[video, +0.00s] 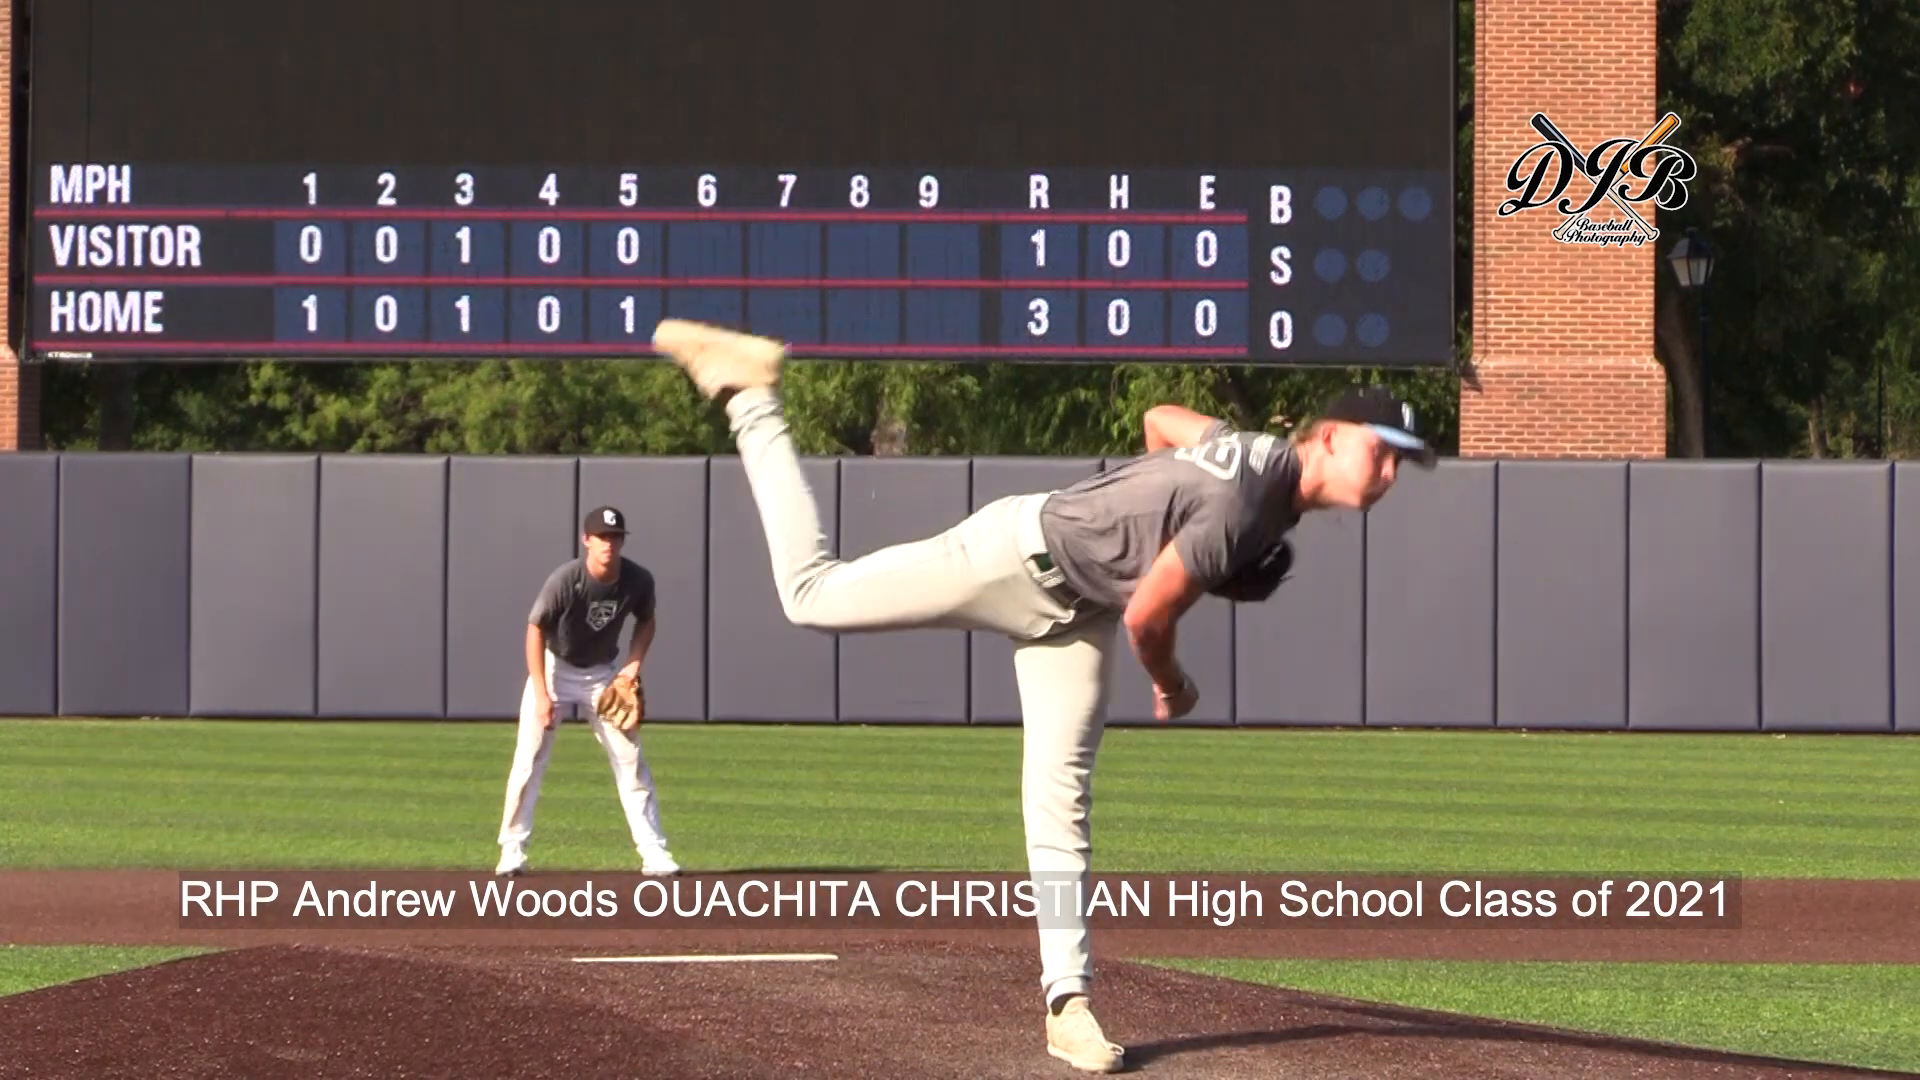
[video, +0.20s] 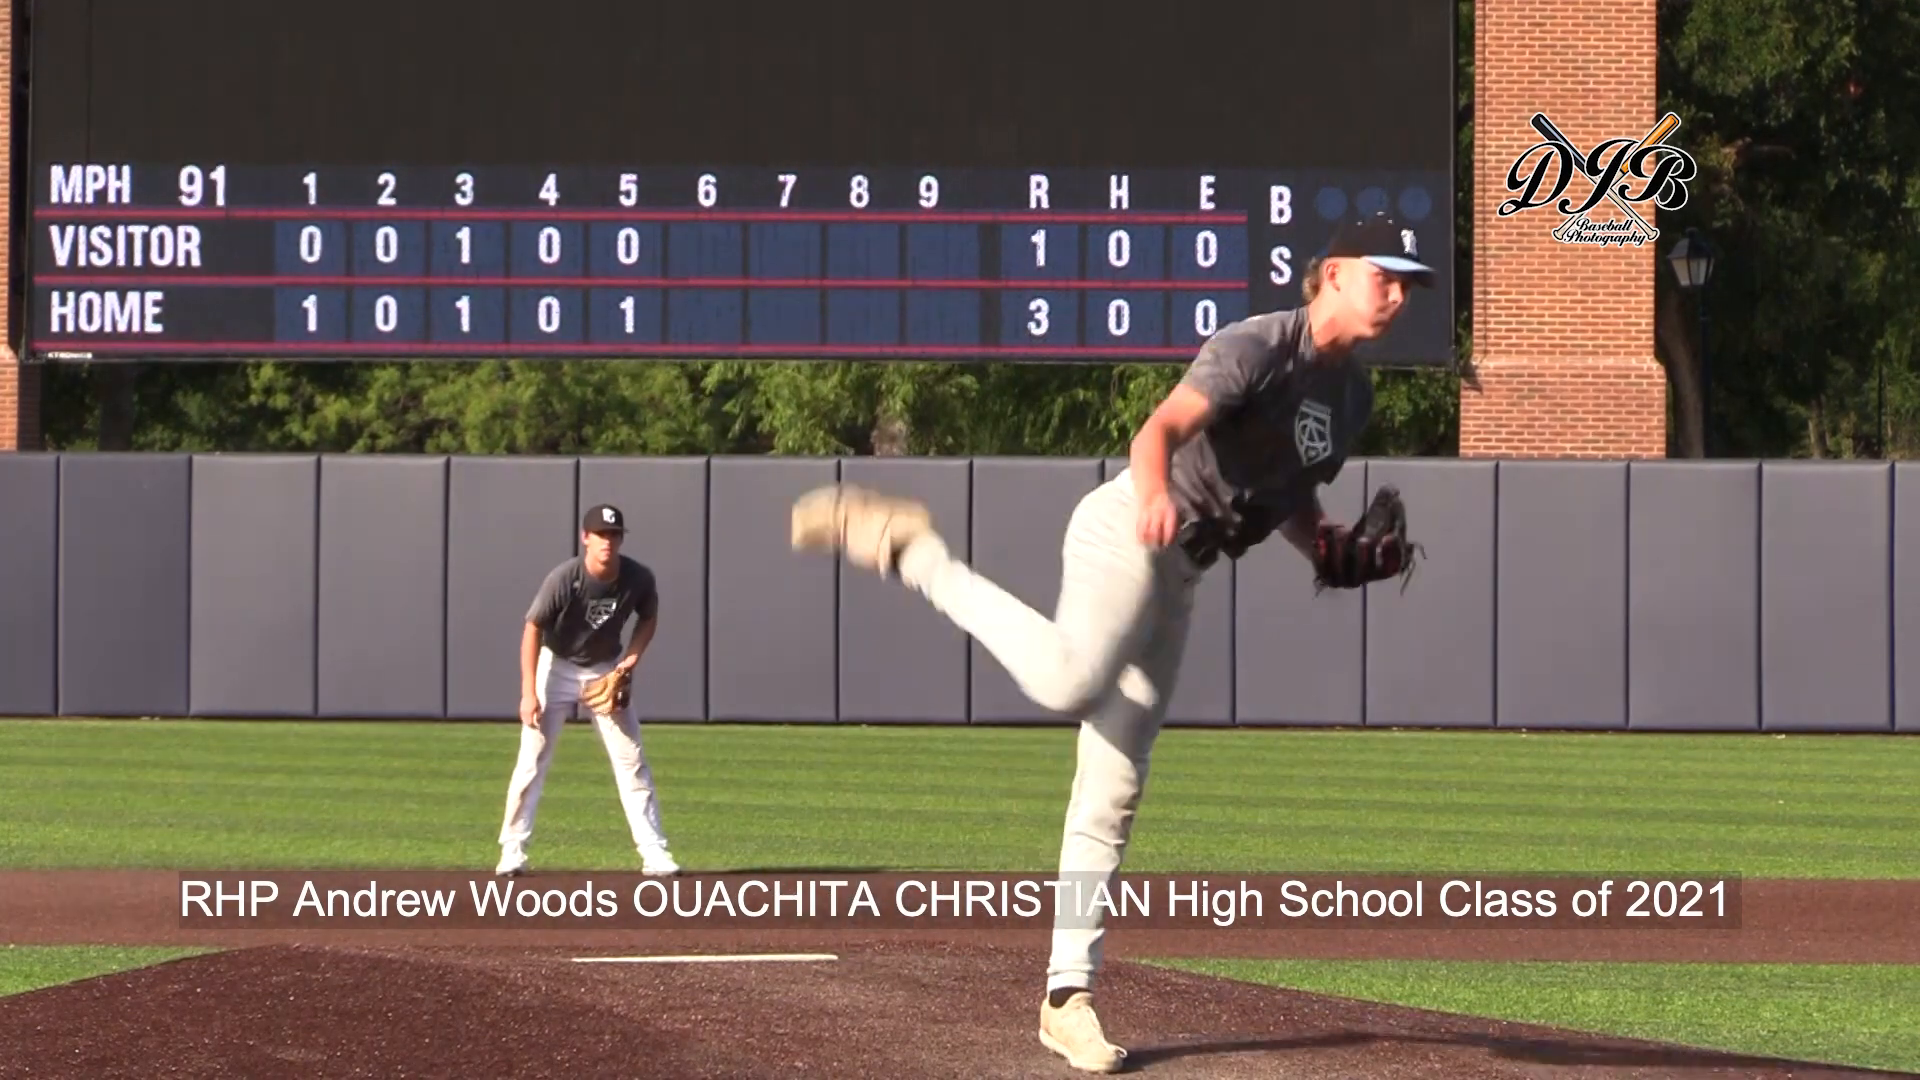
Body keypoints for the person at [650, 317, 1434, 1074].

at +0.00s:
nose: (1389, 471)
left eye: (1393, 460)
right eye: (1378, 454)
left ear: (1342, 454)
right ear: (1323, 445)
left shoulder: (1264, 464)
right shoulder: (1247, 501)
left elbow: (1165, 418)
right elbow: (1147, 617)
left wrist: (1178, 521)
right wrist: (1173, 683)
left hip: (1080, 617)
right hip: (1021, 554)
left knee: (1059, 801)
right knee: (811, 593)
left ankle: (1069, 1005)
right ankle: (748, 388)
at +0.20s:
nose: (1397, 297)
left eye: (1404, 284)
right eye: (1383, 280)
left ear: (1394, 296)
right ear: (1331, 279)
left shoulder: (1352, 391)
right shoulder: (1260, 345)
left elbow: (1280, 483)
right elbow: (1160, 427)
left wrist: (1327, 549)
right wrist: (1152, 494)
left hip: (1179, 566)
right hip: (1131, 521)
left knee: (1111, 785)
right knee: (1064, 681)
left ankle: (1066, 996)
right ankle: (911, 550)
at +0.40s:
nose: (1440, 265)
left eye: (1444, 252)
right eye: (1424, 248)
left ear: (1432, 266)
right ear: (1370, 251)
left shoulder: (1383, 363)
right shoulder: (1324, 316)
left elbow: (1344, 505)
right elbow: (1233, 386)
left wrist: (1411, 515)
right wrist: (1309, 385)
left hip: (1286, 560)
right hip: (1264, 551)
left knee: (1199, 790)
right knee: (1318, 777)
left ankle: (1084, 983)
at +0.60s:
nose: (1492, 303)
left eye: (1494, 288)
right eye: (1475, 285)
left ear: (1432, 301)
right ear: (1420, 294)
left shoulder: (1377, 381)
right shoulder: (1419, 390)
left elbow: (1394, 529)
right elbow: (1416, 530)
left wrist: (1495, 551)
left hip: (1366, 628)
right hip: (1415, 631)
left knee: (1400, 853)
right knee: (1523, 833)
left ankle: (1203, 952)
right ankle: (1473, 1049)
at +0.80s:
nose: (1561, 297)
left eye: (1565, 281)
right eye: (1551, 278)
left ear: (1500, 269)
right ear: (1499, 266)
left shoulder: (1437, 344)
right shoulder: (1475, 372)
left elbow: (1454, 509)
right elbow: (1487, 527)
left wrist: (1551, 574)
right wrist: (1601, 602)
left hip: (1451, 599)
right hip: (1473, 610)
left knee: (1562, 806)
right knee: (1516, 822)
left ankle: (1450, 1005)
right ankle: (1465, 1044)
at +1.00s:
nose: (1613, 350)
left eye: (1622, 337)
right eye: (1613, 333)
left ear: (1580, 298)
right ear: (1573, 295)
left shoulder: (1538, 368)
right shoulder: (1503, 375)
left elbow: (1539, 521)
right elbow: (1497, 536)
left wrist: (1600, 623)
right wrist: (1619, 605)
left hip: (1551, 612)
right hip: (1504, 610)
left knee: (1615, 827)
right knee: (1501, 832)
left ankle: (1684, 1030)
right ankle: (1463, 1051)